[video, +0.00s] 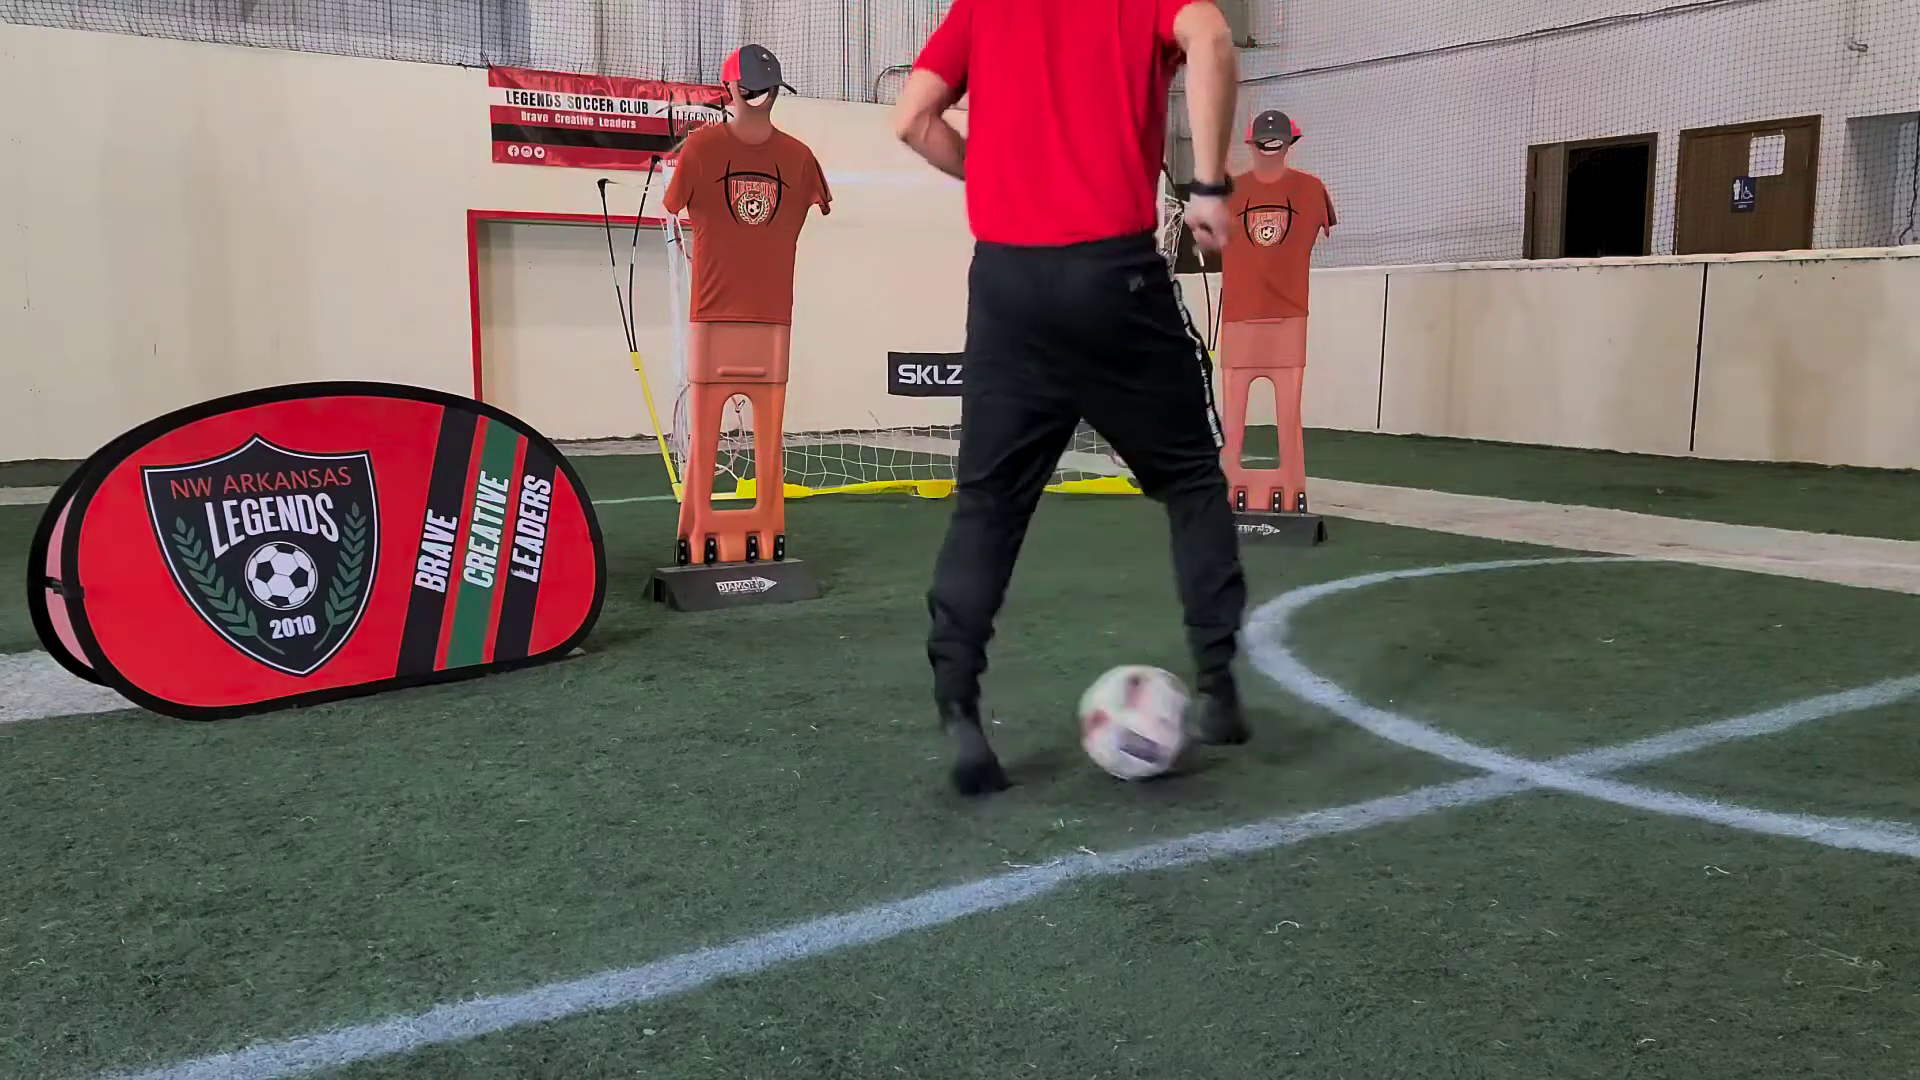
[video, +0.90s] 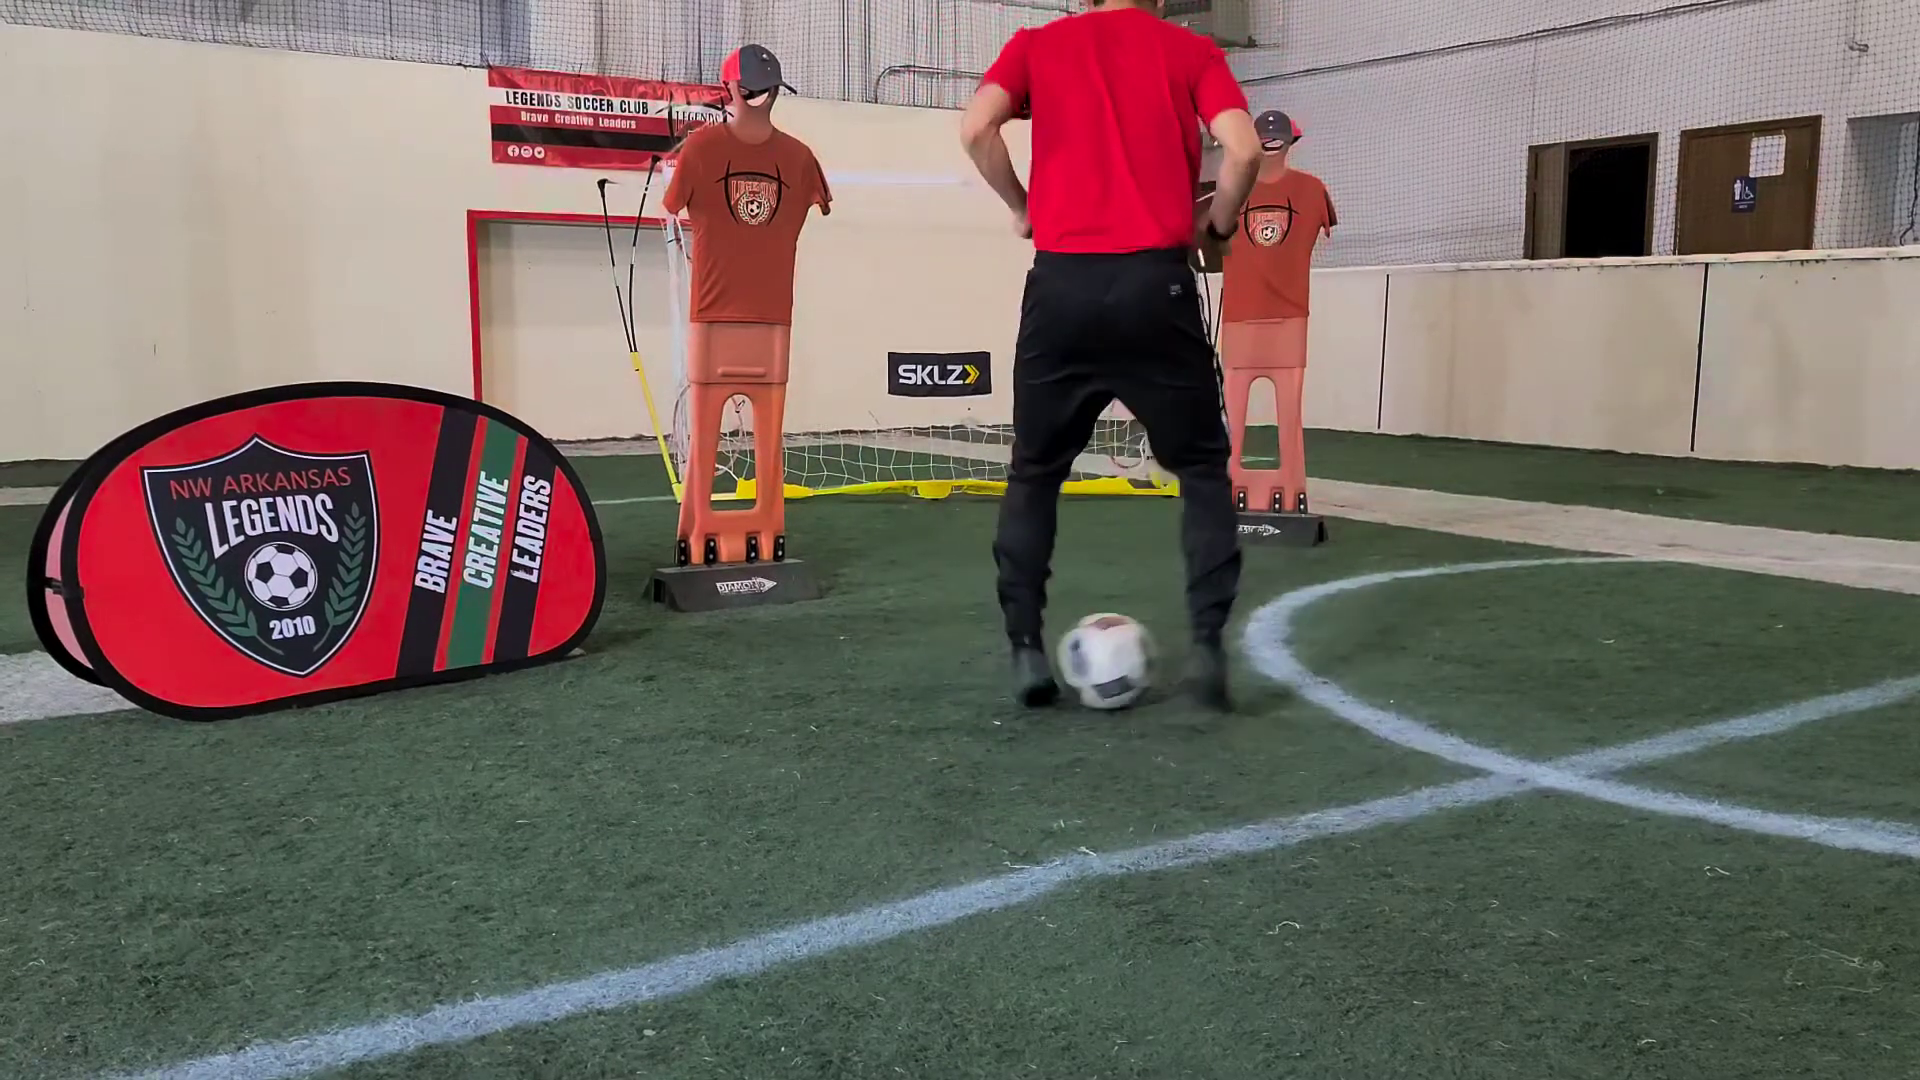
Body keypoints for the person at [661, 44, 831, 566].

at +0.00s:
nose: (757, 96)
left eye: (764, 87)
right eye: (748, 87)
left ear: (775, 87)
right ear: (729, 88)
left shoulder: (797, 153)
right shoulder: (702, 145)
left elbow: (807, 211)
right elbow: (676, 209)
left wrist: (761, 237)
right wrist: (726, 228)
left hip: (772, 303)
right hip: (713, 304)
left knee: (770, 415)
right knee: (704, 417)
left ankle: (768, 527)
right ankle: (697, 527)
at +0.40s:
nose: (757, 95)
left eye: (765, 87)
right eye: (748, 86)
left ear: (776, 88)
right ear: (729, 87)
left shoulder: (796, 153)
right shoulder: (702, 144)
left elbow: (799, 218)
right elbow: (676, 210)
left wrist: (760, 238)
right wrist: (726, 229)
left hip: (772, 302)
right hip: (713, 302)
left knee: (769, 413)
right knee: (705, 413)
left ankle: (767, 526)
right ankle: (697, 526)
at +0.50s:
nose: (759, 97)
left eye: (766, 88)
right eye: (750, 88)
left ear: (776, 89)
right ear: (730, 89)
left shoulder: (797, 153)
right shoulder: (703, 146)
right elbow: (677, 211)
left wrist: (750, 232)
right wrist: (725, 226)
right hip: (715, 304)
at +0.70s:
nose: (758, 95)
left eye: (765, 86)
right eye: (749, 86)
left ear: (776, 87)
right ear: (729, 87)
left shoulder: (797, 152)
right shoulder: (702, 144)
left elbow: (805, 212)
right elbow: (674, 208)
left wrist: (759, 234)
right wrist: (722, 227)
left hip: (772, 303)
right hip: (712, 303)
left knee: (770, 418)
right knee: (704, 420)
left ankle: (767, 531)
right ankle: (696, 531)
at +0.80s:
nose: (759, 95)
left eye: (766, 87)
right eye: (749, 87)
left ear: (776, 87)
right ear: (729, 88)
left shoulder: (798, 153)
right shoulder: (702, 145)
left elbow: (804, 213)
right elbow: (673, 209)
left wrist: (758, 235)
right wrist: (723, 227)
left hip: (772, 303)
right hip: (712, 303)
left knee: (770, 418)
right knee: (705, 420)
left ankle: (768, 531)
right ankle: (697, 531)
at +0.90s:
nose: (759, 96)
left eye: (766, 87)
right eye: (749, 87)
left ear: (775, 87)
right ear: (729, 88)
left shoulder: (797, 153)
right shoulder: (702, 145)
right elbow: (675, 210)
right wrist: (724, 227)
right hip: (713, 304)